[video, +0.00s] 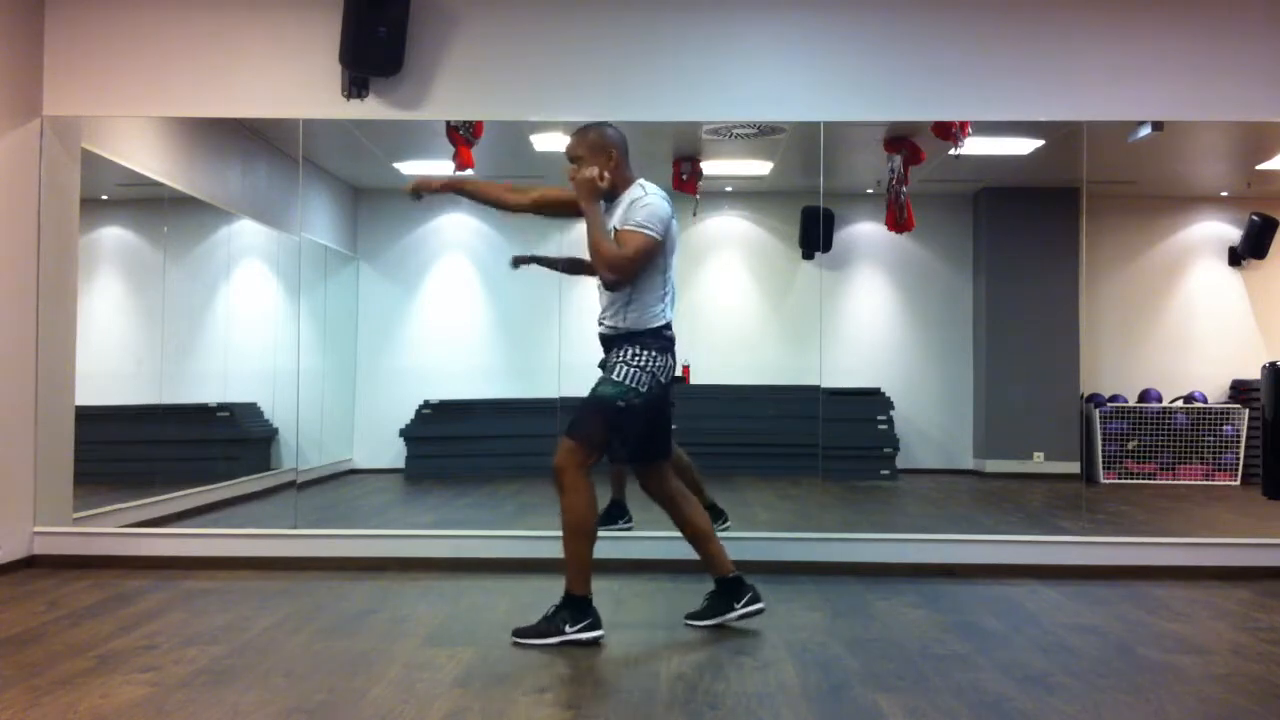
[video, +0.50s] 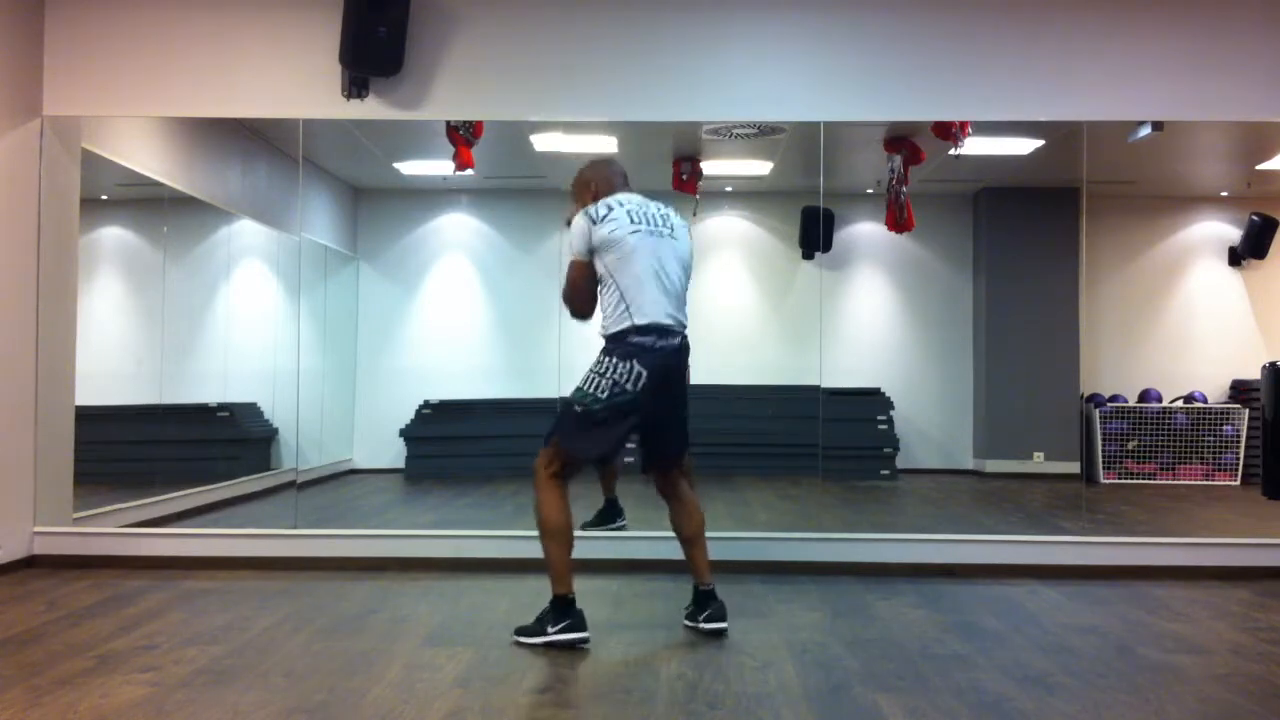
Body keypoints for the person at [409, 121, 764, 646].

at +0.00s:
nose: (572, 173)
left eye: (577, 163)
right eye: (572, 165)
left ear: (610, 163)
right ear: (606, 165)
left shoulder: (650, 204)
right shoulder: (612, 200)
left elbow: (613, 269)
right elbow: (523, 198)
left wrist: (590, 204)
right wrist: (450, 183)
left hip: (641, 354)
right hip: (630, 351)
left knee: (572, 462)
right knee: (658, 478)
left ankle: (577, 607)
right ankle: (731, 585)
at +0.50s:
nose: (577, 211)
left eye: (577, 204)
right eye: (576, 205)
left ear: (592, 190)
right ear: (623, 184)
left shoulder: (593, 215)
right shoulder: (675, 220)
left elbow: (580, 305)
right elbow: (674, 290)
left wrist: (580, 253)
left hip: (629, 356)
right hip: (675, 357)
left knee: (550, 467)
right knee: (672, 476)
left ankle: (562, 608)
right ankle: (706, 597)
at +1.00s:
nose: (575, 180)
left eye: (581, 170)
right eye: (576, 170)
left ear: (613, 175)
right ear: (615, 176)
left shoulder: (642, 223)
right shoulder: (621, 224)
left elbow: (651, 310)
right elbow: (584, 284)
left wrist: (591, 299)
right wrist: (563, 227)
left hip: (640, 368)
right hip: (647, 367)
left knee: (550, 469)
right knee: (649, 487)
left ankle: (564, 611)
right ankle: (724, 594)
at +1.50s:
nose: (590, 163)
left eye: (595, 154)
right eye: (591, 155)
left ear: (622, 156)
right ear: (633, 155)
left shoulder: (637, 199)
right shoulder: (659, 200)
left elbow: (577, 268)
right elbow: (600, 272)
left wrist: (578, 195)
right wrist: (590, 207)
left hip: (642, 350)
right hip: (664, 349)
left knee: (570, 464)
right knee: (669, 475)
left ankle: (564, 610)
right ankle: (722, 595)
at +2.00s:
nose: (582, 180)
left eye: (588, 169)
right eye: (583, 169)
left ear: (617, 173)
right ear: (629, 174)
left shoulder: (625, 218)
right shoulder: (658, 218)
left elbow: (570, 288)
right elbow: (584, 286)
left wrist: (573, 219)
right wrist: (582, 220)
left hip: (627, 369)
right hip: (656, 369)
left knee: (536, 465)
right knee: (650, 488)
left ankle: (556, 603)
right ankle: (733, 582)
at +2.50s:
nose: (483, 260)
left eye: (488, 249)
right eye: (481, 251)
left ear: (519, 247)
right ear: (519, 248)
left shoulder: (570, 290)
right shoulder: (528, 292)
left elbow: (547, 371)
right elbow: (516, 367)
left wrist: (501, 309)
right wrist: (491, 307)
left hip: (603, 412)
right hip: (582, 410)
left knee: (484, 477)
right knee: (549, 518)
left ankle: (515, 615)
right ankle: (661, 565)